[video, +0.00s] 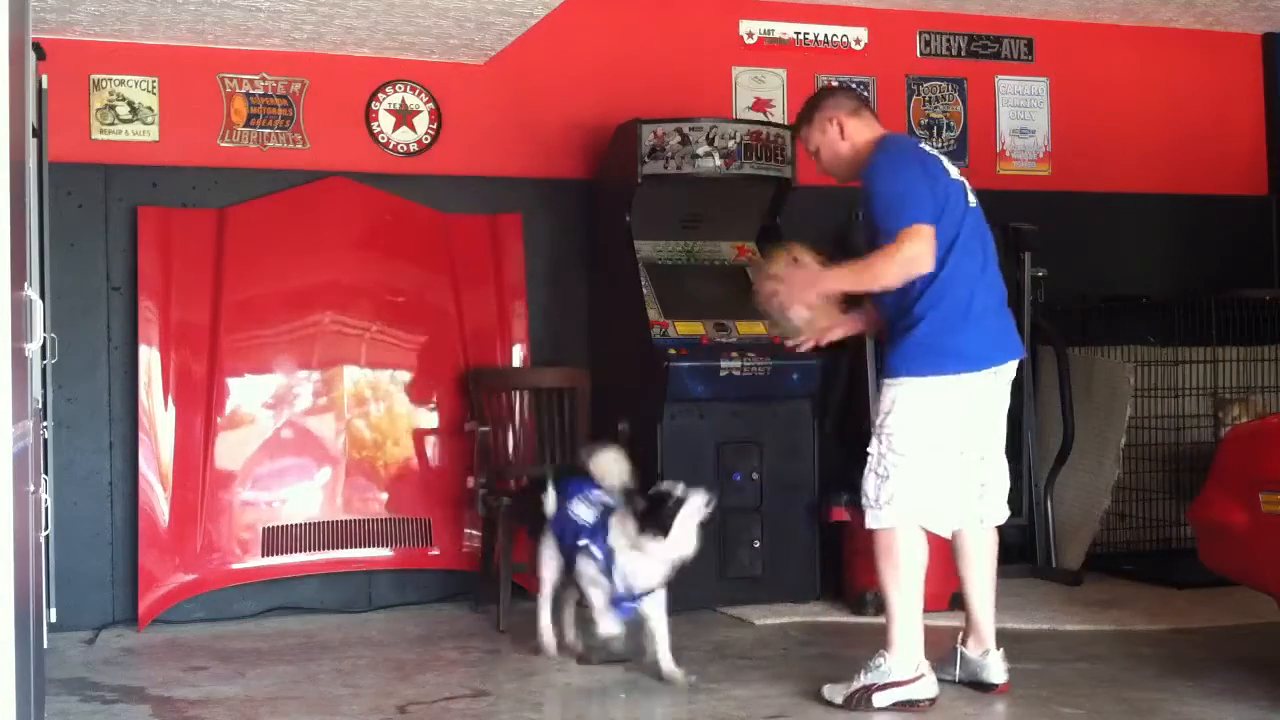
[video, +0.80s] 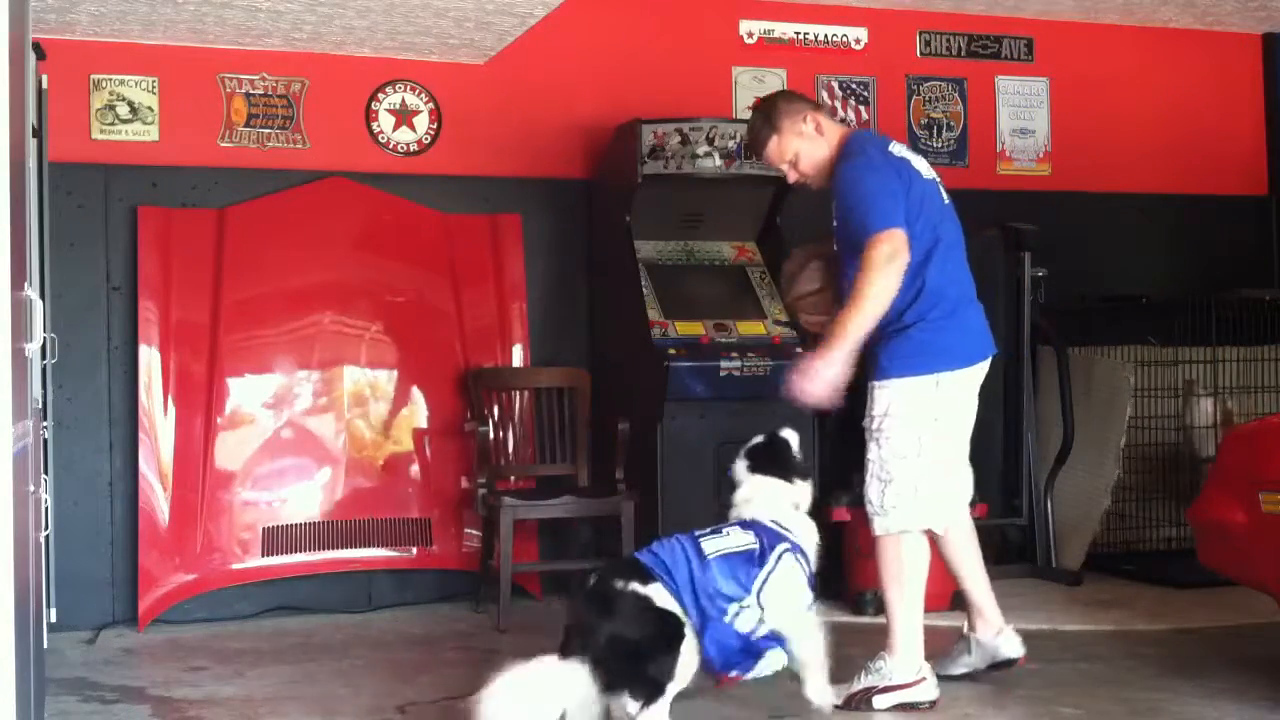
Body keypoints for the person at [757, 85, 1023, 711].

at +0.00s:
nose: (814, 162)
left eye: (812, 147)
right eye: (809, 152)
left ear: (838, 125)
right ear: (852, 119)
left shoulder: (892, 161)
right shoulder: (924, 163)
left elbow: (916, 254)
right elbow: (917, 294)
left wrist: (819, 280)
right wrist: (841, 323)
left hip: (931, 361)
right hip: (985, 354)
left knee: (892, 506)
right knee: (973, 504)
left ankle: (903, 662)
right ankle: (982, 649)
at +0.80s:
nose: (792, 179)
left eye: (787, 163)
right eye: (783, 171)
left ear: (813, 125)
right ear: (819, 124)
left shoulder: (862, 166)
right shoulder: (882, 153)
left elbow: (889, 256)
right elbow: (905, 257)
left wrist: (836, 351)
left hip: (918, 357)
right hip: (953, 350)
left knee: (895, 507)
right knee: (943, 498)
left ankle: (905, 663)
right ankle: (990, 630)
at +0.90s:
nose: (797, 177)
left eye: (794, 161)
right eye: (789, 169)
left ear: (820, 123)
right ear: (828, 121)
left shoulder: (870, 164)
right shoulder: (888, 153)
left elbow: (910, 250)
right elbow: (892, 262)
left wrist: (898, 362)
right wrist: (827, 297)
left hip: (924, 359)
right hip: (955, 355)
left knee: (900, 503)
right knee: (941, 496)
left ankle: (905, 663)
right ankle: (995, 621)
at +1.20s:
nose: (829, 191)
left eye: (827, 176)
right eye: (820, 184)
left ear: (856, 142)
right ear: (846, 152)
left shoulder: (926, 179)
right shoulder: (880, 204)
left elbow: (989, 258)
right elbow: (887, 299)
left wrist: (991, 364)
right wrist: (813, 308)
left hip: (962, 377)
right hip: (935, 376)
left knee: (927, 513)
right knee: (956, 511)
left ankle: (911, 665)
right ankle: (1008, 628)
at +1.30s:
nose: (840, 202)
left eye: (840, 186)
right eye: (831, 194)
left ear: (870, 154)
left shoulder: (944, 185)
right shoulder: (881, 223)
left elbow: (1002, 269)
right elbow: (881, 325)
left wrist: (986, 369)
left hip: (995, 375)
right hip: (942, 379)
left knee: (960, 511)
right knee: (963, 512)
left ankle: (930, 655)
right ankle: (1012, 634)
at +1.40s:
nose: (848, 210)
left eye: (849, 195)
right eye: (840, 201)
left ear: (878, 163)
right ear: (866, 176)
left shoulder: (953, 190)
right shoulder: (882, 227)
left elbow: (1005, 279)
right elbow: (896, 318)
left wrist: (978, 378)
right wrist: (889, 403)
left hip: (1014, 366)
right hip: (956, 371)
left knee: (986, 498)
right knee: (964, 502)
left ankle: (996, 642)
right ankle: (1008, 632)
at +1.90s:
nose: (883, 228)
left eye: (887, 213)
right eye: (875, 220)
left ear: (919, 185)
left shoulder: (986, 223)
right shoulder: (911, 242)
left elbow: (1018, 310)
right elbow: (924, 321)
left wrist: (949, 347)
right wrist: (912, 391)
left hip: (1042, 369)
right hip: (979, 378)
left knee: (1046, 502)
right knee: (983, 503)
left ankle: (1077, 644)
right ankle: (1015, 621)